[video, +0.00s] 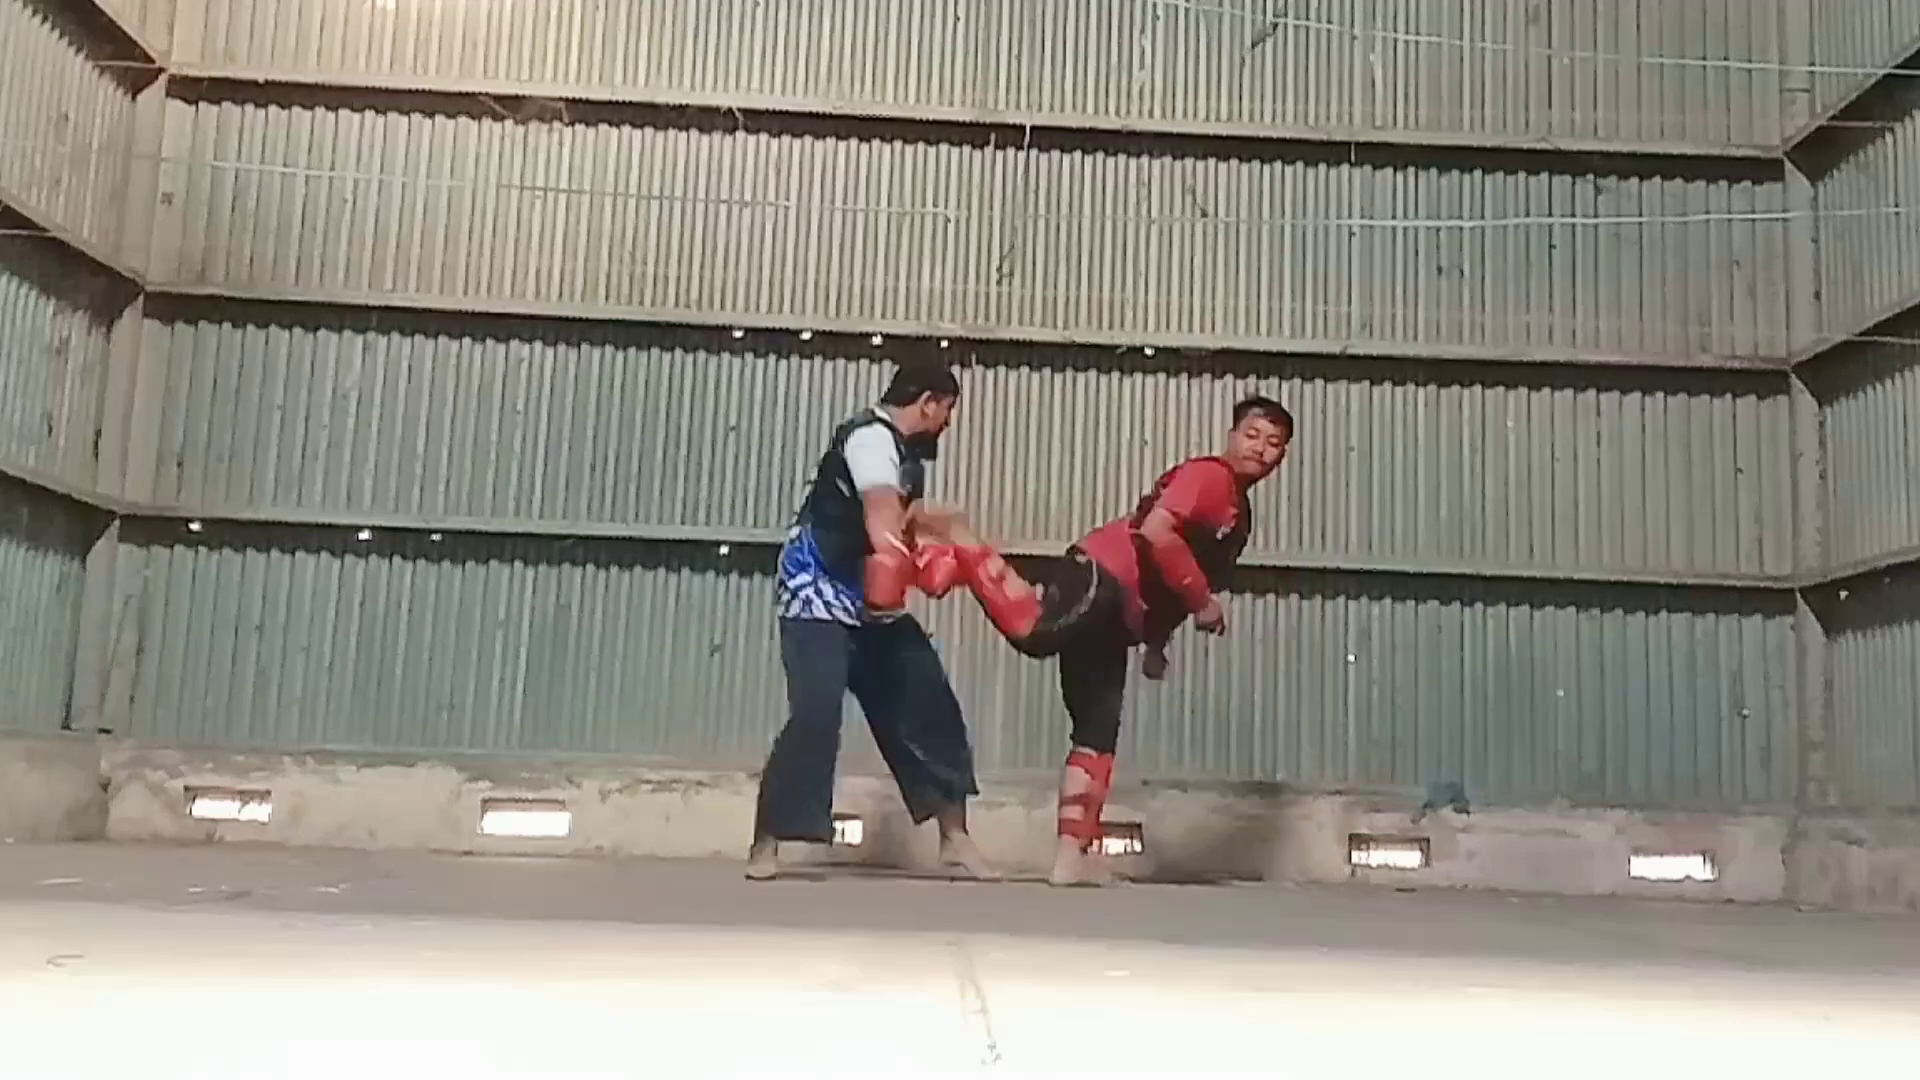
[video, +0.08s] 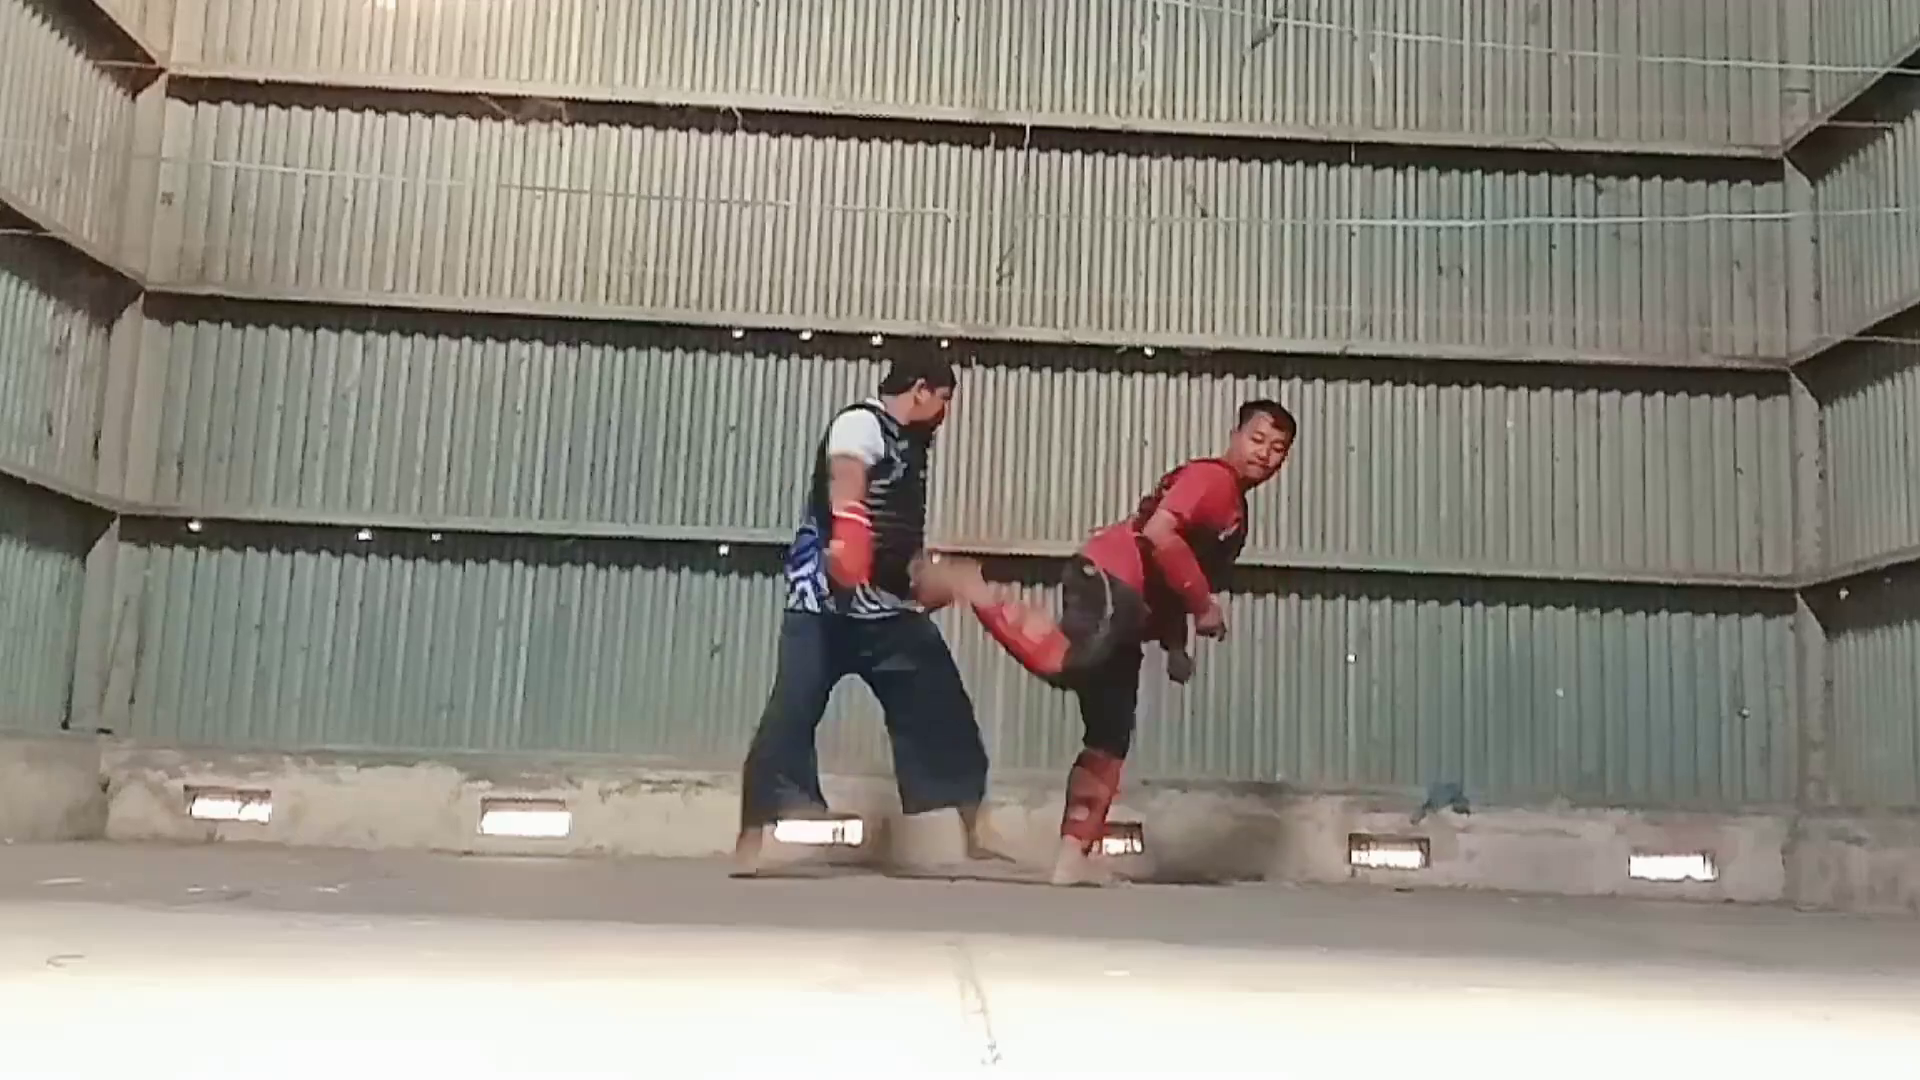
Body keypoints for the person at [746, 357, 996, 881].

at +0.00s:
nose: (948, 421)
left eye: (951, 411)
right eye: (949, 410)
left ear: (919, 401)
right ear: (927, 402)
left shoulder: (910, 452)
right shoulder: (872, 440)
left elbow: (906, 520)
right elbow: (884, 533)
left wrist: (947, 541)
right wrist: (918, 570)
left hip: (873, 603)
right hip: (817, 597)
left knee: (929, 700)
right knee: (816, 713)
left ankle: (955, 839)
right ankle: (767, 841)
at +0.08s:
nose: (946, 411)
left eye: (949, 400)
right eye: (945, 399)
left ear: (919, 392)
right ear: (919, 391)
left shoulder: (912, 444)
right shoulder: (857, 425)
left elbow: (903, 532)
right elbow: (846, 492)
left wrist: (927, 582)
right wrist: (850, 552)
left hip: (893, 610)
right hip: (825, 607)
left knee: (941, 706)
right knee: (795, 706)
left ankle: (966, 824)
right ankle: (762, 831)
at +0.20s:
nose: (942, 433)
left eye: (945, 424)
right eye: (938, 422)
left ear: (913, 418)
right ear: (906, 414)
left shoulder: (920, 472)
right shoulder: (853, 450)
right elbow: (808, 489)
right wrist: (791, 539)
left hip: (912, 644)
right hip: (833, 645)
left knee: (985, 720)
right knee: (779, 735)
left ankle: (1021, 836)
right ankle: (710, 837)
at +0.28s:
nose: (963, 448)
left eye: (965, 439)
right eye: (957, 437)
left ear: (933, 435)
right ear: (923, 431)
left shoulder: (939, 497)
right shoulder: (864, 473)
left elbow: (915, 561)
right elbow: (800, 518)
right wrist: (761, 563)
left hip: (925, 660)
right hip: (846, 654)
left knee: (1000, 741)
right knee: (783, 740)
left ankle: (1036, 849)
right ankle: (708, 846)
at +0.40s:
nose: (1019, 455)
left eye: (1021, 447)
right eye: (1007, 446)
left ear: (1016, 460)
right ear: (970, 453)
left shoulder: (1026, 522)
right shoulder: (921, 498)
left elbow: (1075, 570)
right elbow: (851, 539)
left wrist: (1122, 588)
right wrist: (795, 578)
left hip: (961, 681)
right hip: (884, 665)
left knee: (1019, 762)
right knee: (810, 733)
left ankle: (1067, 859)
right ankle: (723, 835)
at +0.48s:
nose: (1043, 480)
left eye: (1047, 472)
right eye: (1032, 470)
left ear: (1047, 480)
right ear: (998, 473)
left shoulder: (1055, 530)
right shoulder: (952, 510)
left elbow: (1127, 541)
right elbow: (878, 540)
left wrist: (1183, 540)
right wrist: (826, 570)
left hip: (972, 683)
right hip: (897, 664)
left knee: (1020, 759)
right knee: (824, 731)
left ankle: (1044, 857)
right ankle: (748, 838)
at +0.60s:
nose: (1064, 487)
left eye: (1070, 477)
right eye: (1055, 475)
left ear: (1074, 479)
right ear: (1025, 473)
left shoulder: (1076, 536)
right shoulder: (972, 506)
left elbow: (1121, 587)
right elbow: (898, 536)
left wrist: (1136, 586)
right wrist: (866, 573)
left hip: (993, 672)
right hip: (915, 653)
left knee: (1034, 751)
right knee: (844, 730)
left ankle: (1058, 851)